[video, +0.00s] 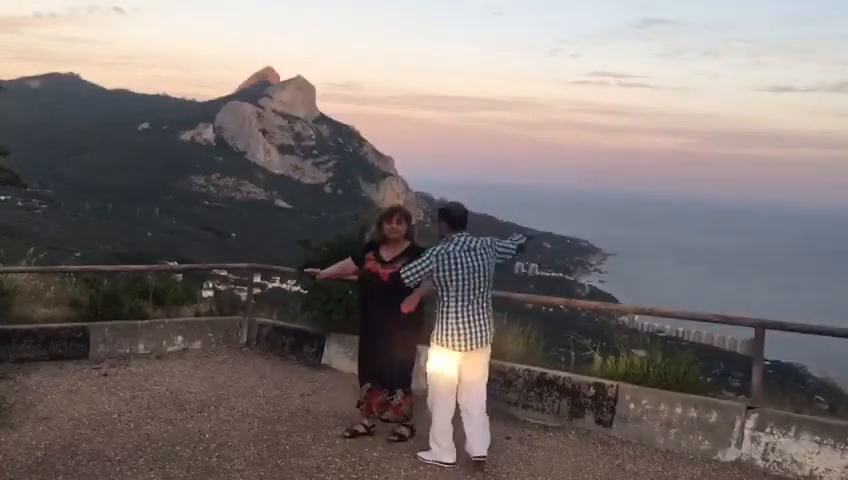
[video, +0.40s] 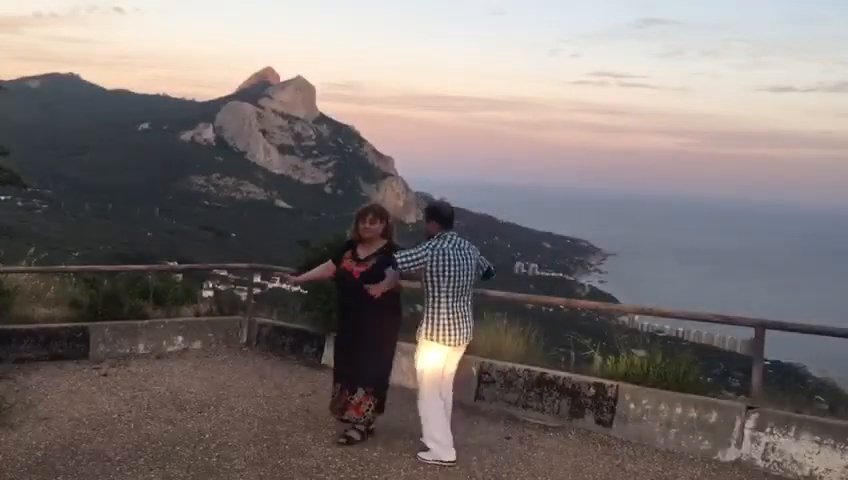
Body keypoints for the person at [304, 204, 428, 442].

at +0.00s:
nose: (394, 227)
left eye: (399, 223)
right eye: (389, 223)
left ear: (408, 227)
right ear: (381, 226)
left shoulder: (417, 254)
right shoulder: (370, 251)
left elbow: (433, 280)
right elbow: (349, 265)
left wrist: (417, 295)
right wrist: (323, 273)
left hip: (403, 325)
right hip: (372, 323)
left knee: (399, 372)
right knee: (369, 370)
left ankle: (404, 424)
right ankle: (367, 420)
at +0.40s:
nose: (368, 226)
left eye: (374, 222)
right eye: (364, 221)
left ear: (384, 226)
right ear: (357, 225)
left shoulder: (391, 253)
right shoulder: (349, 251)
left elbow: (397, 278)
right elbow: (329, 268)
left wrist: (384, 286)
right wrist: (300, 278)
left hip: (379, 324)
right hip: (350, 320)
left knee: (370, 370)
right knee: (348, 366)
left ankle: (360, 424)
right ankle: (352, 417)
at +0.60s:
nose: (353, 228)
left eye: (360, 224)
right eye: (351, 223)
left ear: (372, 229)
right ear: (347, 227)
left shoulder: (380, 254)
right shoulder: (345, 255)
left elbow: (374, 274)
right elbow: (326, 274)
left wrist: (355, 282)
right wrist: (301, 285)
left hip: (370, 325)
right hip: (344, 322)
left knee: (362, 371)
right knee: (346, 368)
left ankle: (358, 425)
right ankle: (357, 418)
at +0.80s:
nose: (338, 226)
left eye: (344, 222)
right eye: (338, 221)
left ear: (358, 226)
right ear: (338, 224)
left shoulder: (366, 251)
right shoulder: (341, 253)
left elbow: (349, 273)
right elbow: (329, 278)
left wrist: (318, 278)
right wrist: (307, 292)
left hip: (359, 325)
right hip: (337, 323)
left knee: (353, 371)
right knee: (329, 368)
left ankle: (353, 423)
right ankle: (331, 421)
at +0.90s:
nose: (332, 223)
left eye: (338, 220)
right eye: (333, 219)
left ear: (352, 224)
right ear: (338, 224)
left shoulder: (358, 249)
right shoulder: (340, 251)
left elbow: (336, 271)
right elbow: (333, 281)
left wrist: (302, 274)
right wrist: (310, 282)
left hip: (354, 324)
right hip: (335, 323)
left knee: (351, 371)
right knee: (331, 370)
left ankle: (354, 424)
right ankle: (330, 422)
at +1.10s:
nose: (324, 228)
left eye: (327, 223)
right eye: (325, 223)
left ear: (335, 227)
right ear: (350, 226)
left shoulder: (343, 254)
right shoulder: (342, 253)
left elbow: (309, 273)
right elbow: (311, 274)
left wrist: (271, 272)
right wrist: (275, 273)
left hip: (337, 330)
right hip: (328, 328)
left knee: (325, 375)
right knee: (318, 376)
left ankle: (345, 417)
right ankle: (327, 426)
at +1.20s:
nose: (320, 229)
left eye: (322, 225)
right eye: (321, 224)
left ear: (327, 229)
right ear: (348, 228)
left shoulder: (328, 255)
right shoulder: (349, 256)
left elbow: (294, 274)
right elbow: (305, 272)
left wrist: (256, 275)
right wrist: (272, 269)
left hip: (320, 330)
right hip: (342, 330)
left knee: (299, 380)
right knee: (322, 380)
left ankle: (318, 428)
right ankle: (328, 427)